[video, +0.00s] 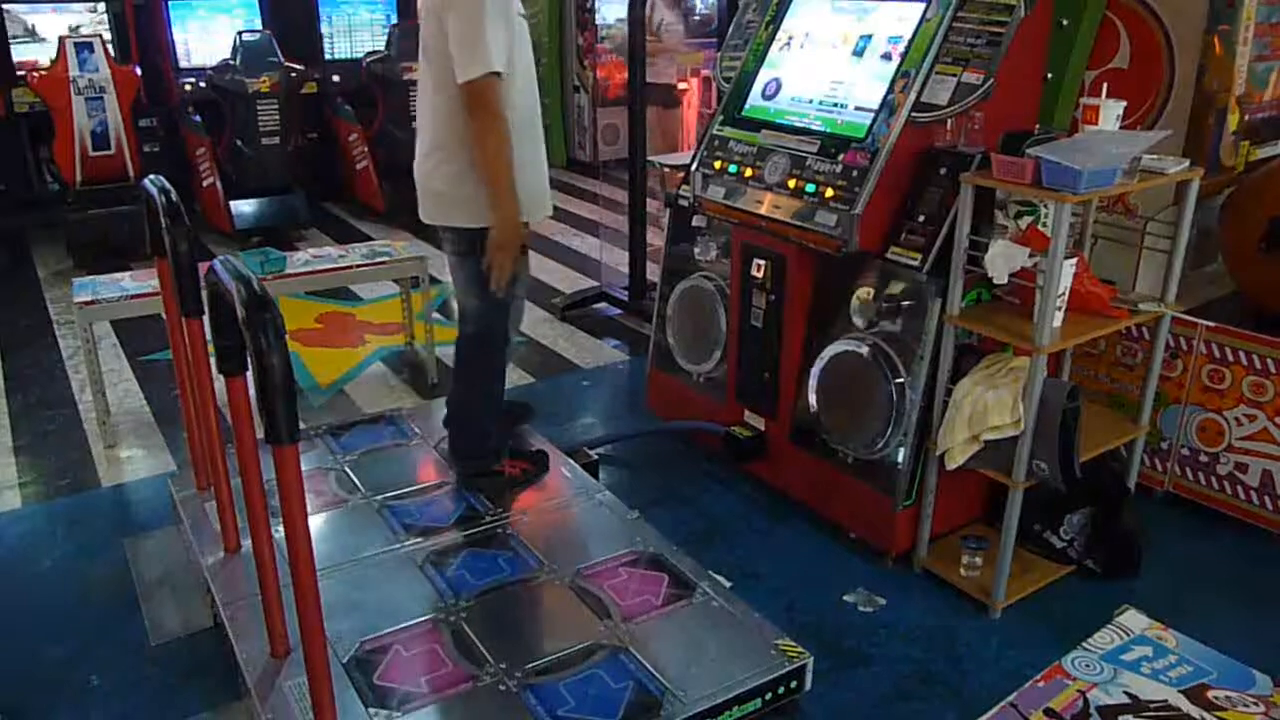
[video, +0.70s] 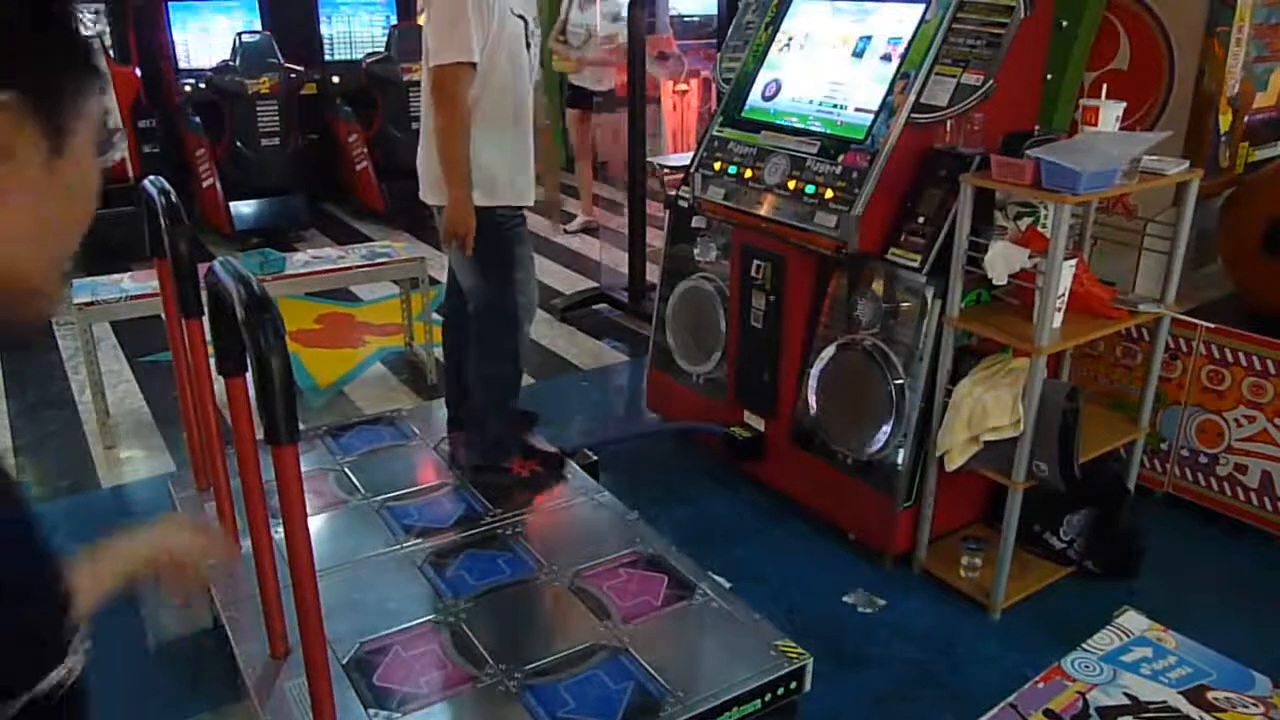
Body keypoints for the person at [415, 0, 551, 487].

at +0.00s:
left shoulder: (472, 8)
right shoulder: (472, 6)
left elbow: (481, 103)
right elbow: (483, 103)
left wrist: (509, 209)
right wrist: (505, 219)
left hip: (472, 196)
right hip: (479, 200)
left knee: (486, 325)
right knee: (485, 334)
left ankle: (480, 415)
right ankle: (478, 463)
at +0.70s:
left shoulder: (515, 7)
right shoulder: (459, 4)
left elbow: (504, 90)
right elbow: (447, 89)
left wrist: (518, 181)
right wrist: (459, 196)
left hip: (494, 189)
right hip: (481, 196)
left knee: (471, 317)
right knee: (502, 323)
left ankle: (472, 431)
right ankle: (490, 454)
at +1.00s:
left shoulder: (550, 8)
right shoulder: (473, 5)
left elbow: (590, 82)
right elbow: (461, 98)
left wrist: (648, 137)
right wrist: (481, 203)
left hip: (524, 190)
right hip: (489, 195)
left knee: (485, 310)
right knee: (512, 327)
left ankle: (470, 412)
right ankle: (531, 452)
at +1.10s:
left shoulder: (561, 7)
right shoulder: (477, 4)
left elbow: (602, 72)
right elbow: (464, 98)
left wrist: (672, 127)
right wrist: (490, 205)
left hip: (535, 189)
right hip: (497, 195)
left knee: (495, 306)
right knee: (517, 327)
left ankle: (473, 406)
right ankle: (532, 454)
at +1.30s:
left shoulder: (574, 5)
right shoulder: (482, 4)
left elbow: (616, 68)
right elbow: (469, 98)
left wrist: (681, 134)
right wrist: (497, 212)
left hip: (553, 195)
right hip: (507, 202)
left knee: (523, 325)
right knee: (521, 333)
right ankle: (531, 454)